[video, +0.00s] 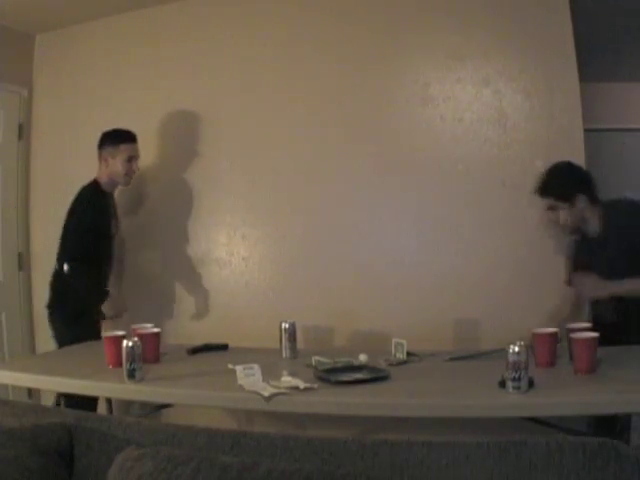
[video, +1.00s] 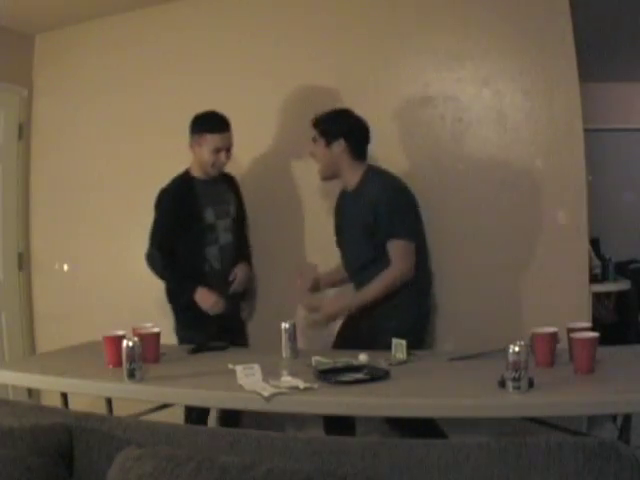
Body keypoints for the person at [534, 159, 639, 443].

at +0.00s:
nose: (552, 218)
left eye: (556, 209)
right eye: (550, 210)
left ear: (581, 202)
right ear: (578, 205)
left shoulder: (628, 217)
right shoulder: (582, 243)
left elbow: (635, 283)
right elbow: (575, 301)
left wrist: (606, 288)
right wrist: (542, 338)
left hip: (635, 337)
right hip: (607, 342)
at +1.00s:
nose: (312, 152)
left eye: (317, 143)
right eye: (313, 143)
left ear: (340, 147)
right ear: (338, 148)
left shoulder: (388, 191)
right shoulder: (345, 199)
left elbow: (403, 267)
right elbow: (359, 263)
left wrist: (346, 303)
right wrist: (322, 281)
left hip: (400, 314)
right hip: (365, 313)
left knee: (399, 408)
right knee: (336, 395)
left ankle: (454, 467)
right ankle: (338, 478)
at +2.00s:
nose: (356, 149)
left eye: (364, 140)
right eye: (348, 140)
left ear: (380, 135)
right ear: (340, 138)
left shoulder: (412, 170)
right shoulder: (334, 178)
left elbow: (424, 239)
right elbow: (338, 231)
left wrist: (359, 255)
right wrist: (326, 235)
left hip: (413, 292)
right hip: (365, 295)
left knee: (431, 379)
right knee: (368, 385)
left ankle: (433, 468)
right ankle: (369, 469)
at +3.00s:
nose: (361, 149)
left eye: (370, 139)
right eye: (354, 141)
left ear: (388, 135)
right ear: (347, 141)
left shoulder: (420, 173)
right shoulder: (346, 178)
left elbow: (422, 244)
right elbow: (342, 244)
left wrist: (373, 220)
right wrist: (338, 224)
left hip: (420, 291)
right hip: (372, 293)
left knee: (451, 373)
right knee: (372, 383)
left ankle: (446, 460)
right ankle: (369, 465)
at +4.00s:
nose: (369, 136)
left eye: (376, 128)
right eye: (364, 130)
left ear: (396, 132)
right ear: (358, 137)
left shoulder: (426, 169)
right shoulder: (362, 179)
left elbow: (424, 226)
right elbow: (323, 194)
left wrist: (390, 174)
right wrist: (329, 136)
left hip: (435, 291)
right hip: (387, 294)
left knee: (457, 379)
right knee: (380, 383)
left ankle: (452, 468)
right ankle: (368, 472)